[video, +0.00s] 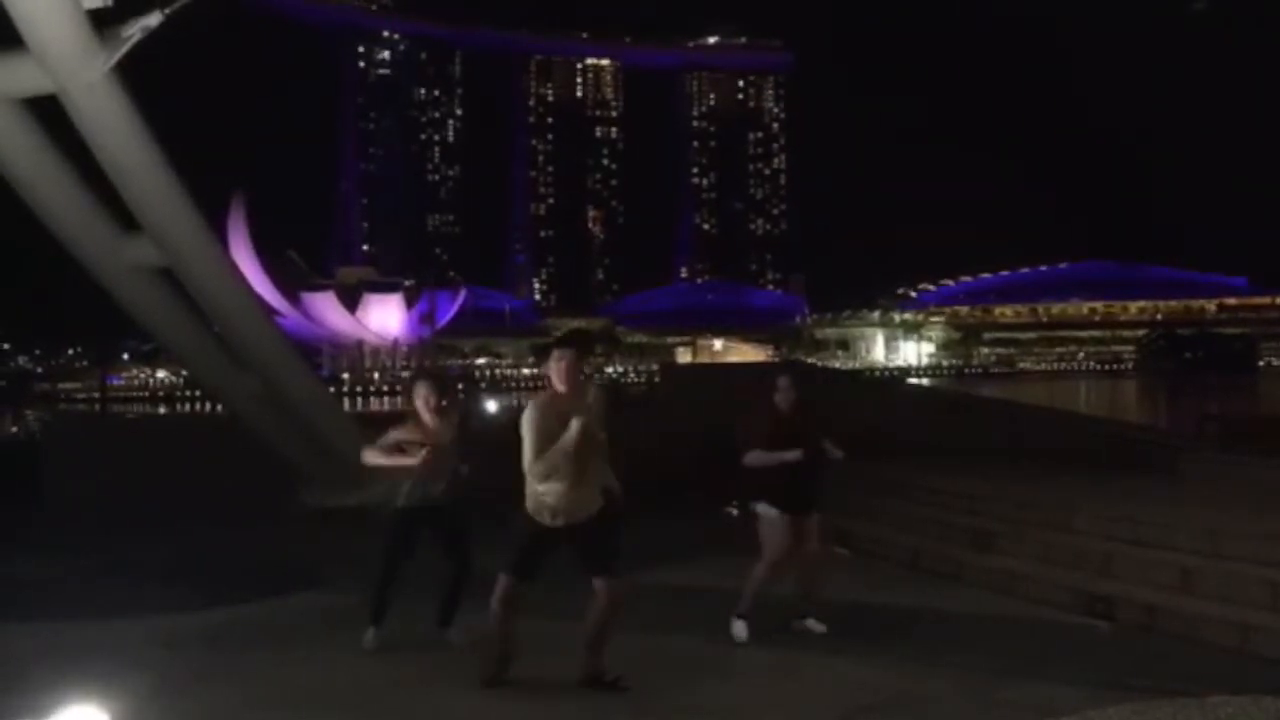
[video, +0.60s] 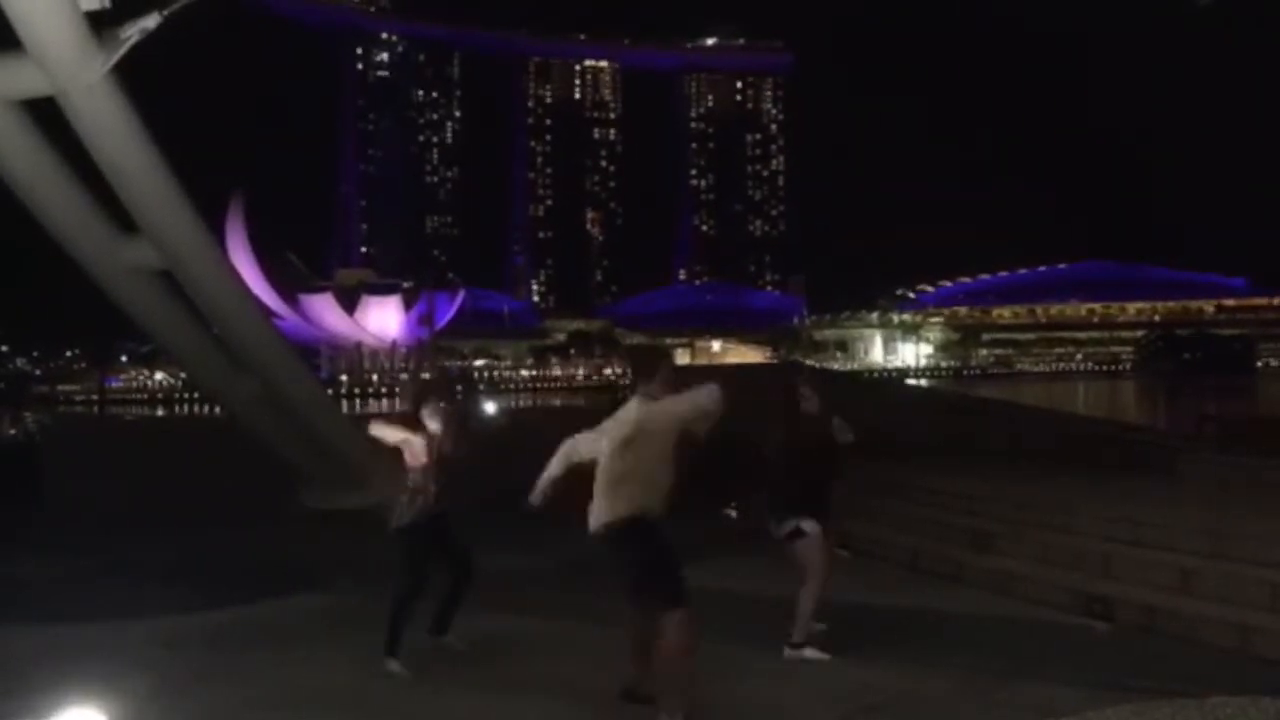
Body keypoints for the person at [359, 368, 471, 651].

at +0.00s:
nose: (429, 403)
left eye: (433, 396)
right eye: (422, 397)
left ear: (443, 399)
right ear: (413, 402)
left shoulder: (454, 429)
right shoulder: (407, 431)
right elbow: (368, 455)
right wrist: (410, 461)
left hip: (445, 504)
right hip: (410, 505)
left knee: (460, 564)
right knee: (392, 562)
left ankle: (445, 624)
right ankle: (375, 624)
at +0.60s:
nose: (437, 416)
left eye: (441, 410)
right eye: (431, 411)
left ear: (448, 414)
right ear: (421, 415)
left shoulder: (447, 442)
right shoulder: (413, 441)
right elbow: (374, 427)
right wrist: (405, 437)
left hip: (439, 517)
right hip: (412, 519)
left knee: (462, 568)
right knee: (412, 581)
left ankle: (439, 630)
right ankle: (391, 653)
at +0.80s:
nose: (462, 414)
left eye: (463, 407)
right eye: (459, 407)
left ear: (434, 405)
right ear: (445, 407)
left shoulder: (414, 428)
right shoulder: (431, 438)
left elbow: (380, 441)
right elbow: (469, 457)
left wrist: (361, 441)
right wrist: (483, 438)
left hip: (421, 520)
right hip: (426, 526)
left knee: (456, 578)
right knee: (429, 585)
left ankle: (444, 633)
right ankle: (399, 642)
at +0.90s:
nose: (466, 401)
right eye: (466, 396)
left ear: (431, 391)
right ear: (456, 397)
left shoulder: (410, 420)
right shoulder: (453, 428)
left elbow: (377, 440)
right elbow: (486, 462)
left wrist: (364, 435)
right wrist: (488, 434)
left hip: (413, 507)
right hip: (442, 512)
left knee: (435, 566)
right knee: (460, 564)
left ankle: (436, 619)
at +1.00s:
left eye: (429, 395)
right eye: (449, 396)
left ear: (424, 395)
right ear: (454, 395)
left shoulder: (410, 422)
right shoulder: (465, 425)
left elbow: (388, 455)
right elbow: (480, 462)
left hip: (422, 515)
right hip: (459, 514)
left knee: (435, 572)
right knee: (464, 564)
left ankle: (451, 632)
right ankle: (469, 616)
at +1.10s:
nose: (420, 401)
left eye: (422, 396)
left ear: (425, 396)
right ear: (453, 394)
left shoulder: (419, 427)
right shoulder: (467, 424)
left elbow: (410, 476)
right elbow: (478, 468)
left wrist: (401, 478)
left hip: (434, 517)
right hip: (468, 514)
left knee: (442, 578)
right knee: (473, 571)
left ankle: (467, 637)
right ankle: (492, 630)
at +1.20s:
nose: (412, 412)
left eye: (416, 405)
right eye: (412, 404)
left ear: (426, 405)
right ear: (441, 400)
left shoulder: (432, 431)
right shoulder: (451, 425)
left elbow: (431, 475)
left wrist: (411, 495)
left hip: (443, 519)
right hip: (461, 517)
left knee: (434, 577)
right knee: (472, 573)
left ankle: (467, 635)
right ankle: (499, 630)